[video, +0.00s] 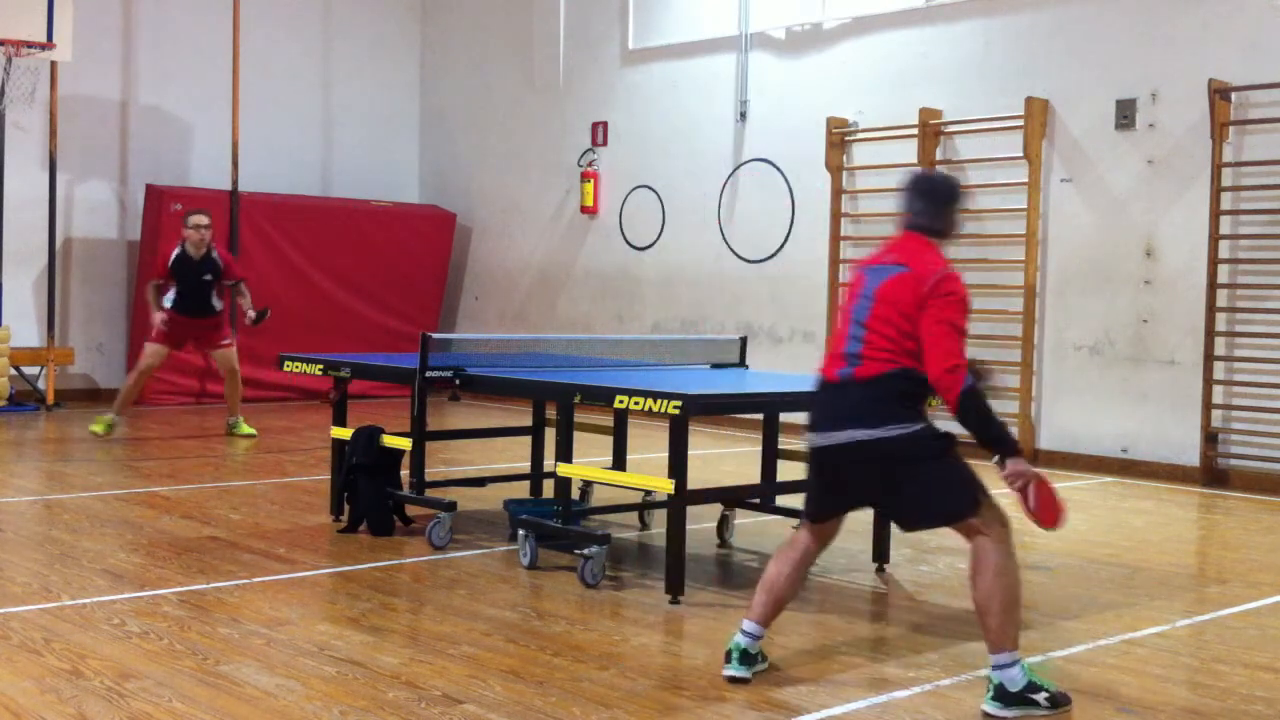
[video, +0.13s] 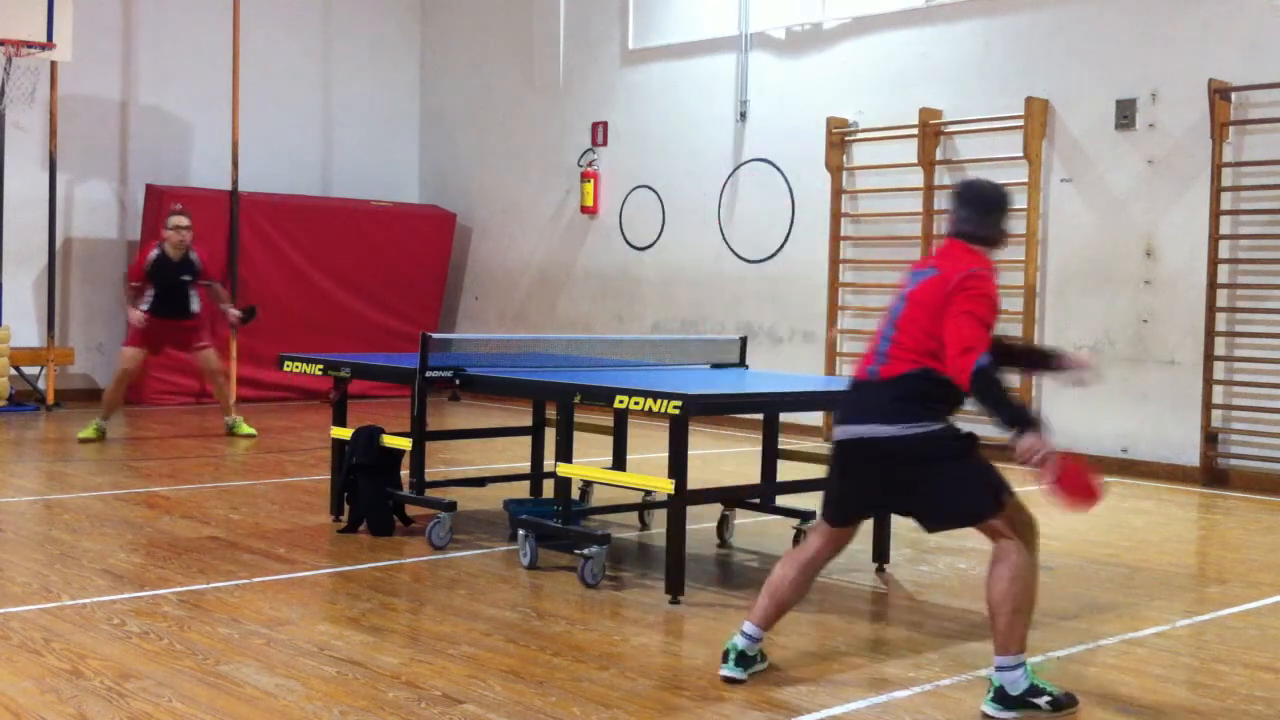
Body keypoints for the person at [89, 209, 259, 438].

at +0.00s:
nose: (203, 233)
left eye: (207, 228)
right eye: (197, 228)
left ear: (212, 232)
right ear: (185, 232)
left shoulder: (220, 258)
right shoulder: (172, 256)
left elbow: (239, 286)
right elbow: (154, 285)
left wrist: (248, 309)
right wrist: (155, 311)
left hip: (212, 322)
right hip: (175, 320)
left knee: (232, 369)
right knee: (144, 367)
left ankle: (235, 420)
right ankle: (112, 417)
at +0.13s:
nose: (183, 235)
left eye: (187, 230)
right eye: (177, 229)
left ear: (192, 234)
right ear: (165, 233)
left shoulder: (196, 259)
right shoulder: (151, 256)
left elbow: (212, 286)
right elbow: (133, 286)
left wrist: (228, 308)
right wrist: (132, 309)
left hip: (189, 323)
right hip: (152, 322)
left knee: (215, 368)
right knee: (126, 369)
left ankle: (232, 420)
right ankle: (101, 424)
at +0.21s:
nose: (167, 232)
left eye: (171, 227)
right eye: (161, 226)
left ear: (176, 231)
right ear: (148, 230)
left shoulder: (178, 258)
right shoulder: (132, 253)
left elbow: (191, 284)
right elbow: (107, 286)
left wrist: (210, 306)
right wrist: (113, 302)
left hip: (168, 323)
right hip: (131, 321)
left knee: (195, 369)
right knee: (109, 370)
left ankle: (221, 419)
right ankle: (98, 425)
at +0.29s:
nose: (156, 225)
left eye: (160, 220)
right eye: (150, 220)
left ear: (164, 224)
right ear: (137, 222)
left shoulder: (164, 251)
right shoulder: (119, 247)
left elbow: (174, 278)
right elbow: (90, 278)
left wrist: (193, 302)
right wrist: (99, 294)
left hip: (152, 317)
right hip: (117, 316)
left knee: (181, 363)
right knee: (104, 368)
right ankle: (95, 423)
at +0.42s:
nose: (147, 218)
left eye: (151, 213)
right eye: (141, 213)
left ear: (154, 217)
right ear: (127, 216)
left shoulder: (152, 245)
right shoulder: (110, 239)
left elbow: (159, 273)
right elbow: (77, 271)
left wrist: (179, 302)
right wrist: (87, 293)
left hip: (135, 312)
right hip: (102, 309)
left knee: (157, 360)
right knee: (92, 363)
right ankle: (71, 413)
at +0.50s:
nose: (140, 222)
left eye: (144, 217)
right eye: (134, 217)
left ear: (147, 222)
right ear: (120, 220)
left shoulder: (145, 250)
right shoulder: (102, 243)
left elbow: (153, 279)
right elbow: (70, 278)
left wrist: (170, 308)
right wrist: (85, 303)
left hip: (125, 316)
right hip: (91, 314)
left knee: (146, 363)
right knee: (71, 362)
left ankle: (120, 422)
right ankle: (38, 416)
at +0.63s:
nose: (126, 236)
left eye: (130, 231)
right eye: (120, 230)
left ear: (133, 235)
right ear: (106, 233)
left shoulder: (128, 265)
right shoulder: (87, 257)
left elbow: (132, 295)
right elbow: (55, 294)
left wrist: (149, 319)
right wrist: (79, 322)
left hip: (107, 324)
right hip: (72, 322)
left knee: (141, 368)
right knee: (44, 375)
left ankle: (117, 424)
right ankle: (2, 419)